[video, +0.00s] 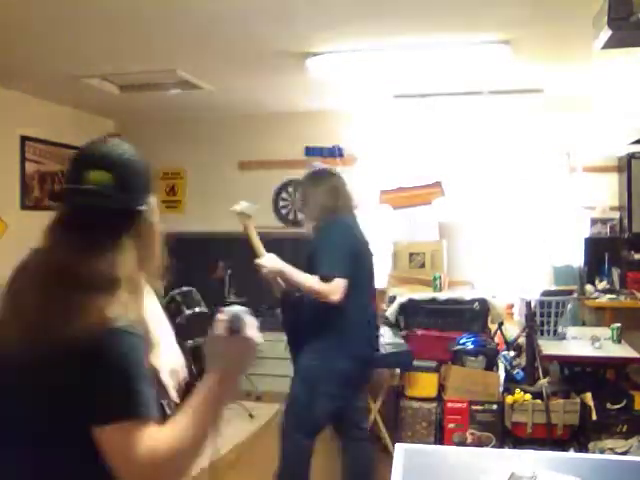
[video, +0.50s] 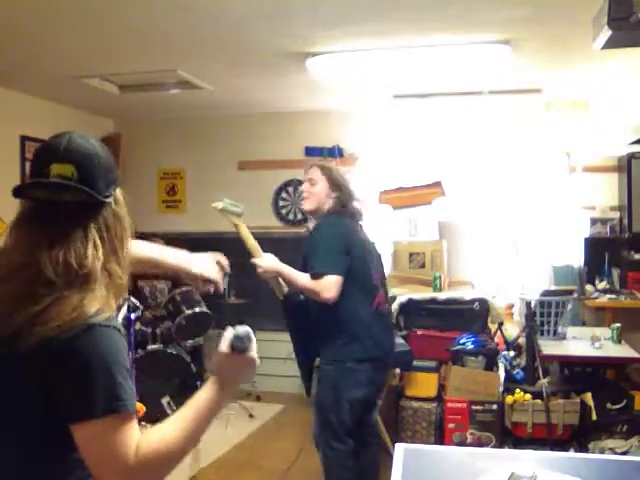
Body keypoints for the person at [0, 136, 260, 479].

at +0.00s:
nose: (160, 223)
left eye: (155, 208)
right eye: (154, 209)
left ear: (70, 207)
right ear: (137, 219)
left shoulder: (27, 283)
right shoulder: (108, 334)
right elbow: (145, 465)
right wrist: (222, 374)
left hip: (22, 466)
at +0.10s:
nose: (140, 224)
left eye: (136, 210)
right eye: (136, 210)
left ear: (51, 207)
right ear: (122, 221)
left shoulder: (15, 283)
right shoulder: (88, 334)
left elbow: (113, 266)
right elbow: (125, 464)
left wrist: (157, 332)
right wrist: (202, 374)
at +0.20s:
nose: (132, 225)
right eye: (126, 210)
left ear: (40, 207)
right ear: (114, 223)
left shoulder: (12, 284)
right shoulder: (84, 338)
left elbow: (102, 272)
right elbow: (121, 465)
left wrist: (165, 320)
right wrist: (197, 371)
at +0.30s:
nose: (126, 223)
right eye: (120, 209)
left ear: (32, 208)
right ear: (109, 221)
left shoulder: (10, 282)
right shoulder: (82, 339)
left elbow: (92, 271)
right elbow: (123, 464)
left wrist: (169, 307)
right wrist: (204, 372)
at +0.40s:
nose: (126, 224)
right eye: (120, 209)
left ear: (28, 210)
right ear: (107, 222)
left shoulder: (9, 284)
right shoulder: (85, 338)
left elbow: (89, 261)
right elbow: (124, 465)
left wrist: (172, 281)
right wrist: (212, 378)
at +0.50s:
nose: (124, 216)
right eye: (118, 204)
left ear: (28, 209)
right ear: (107, 220)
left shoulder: (9, 283)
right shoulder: (89, 338)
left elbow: (96, 250)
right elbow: (126, 465)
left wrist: (186, 263)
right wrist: (221, 387)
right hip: (65, 471)